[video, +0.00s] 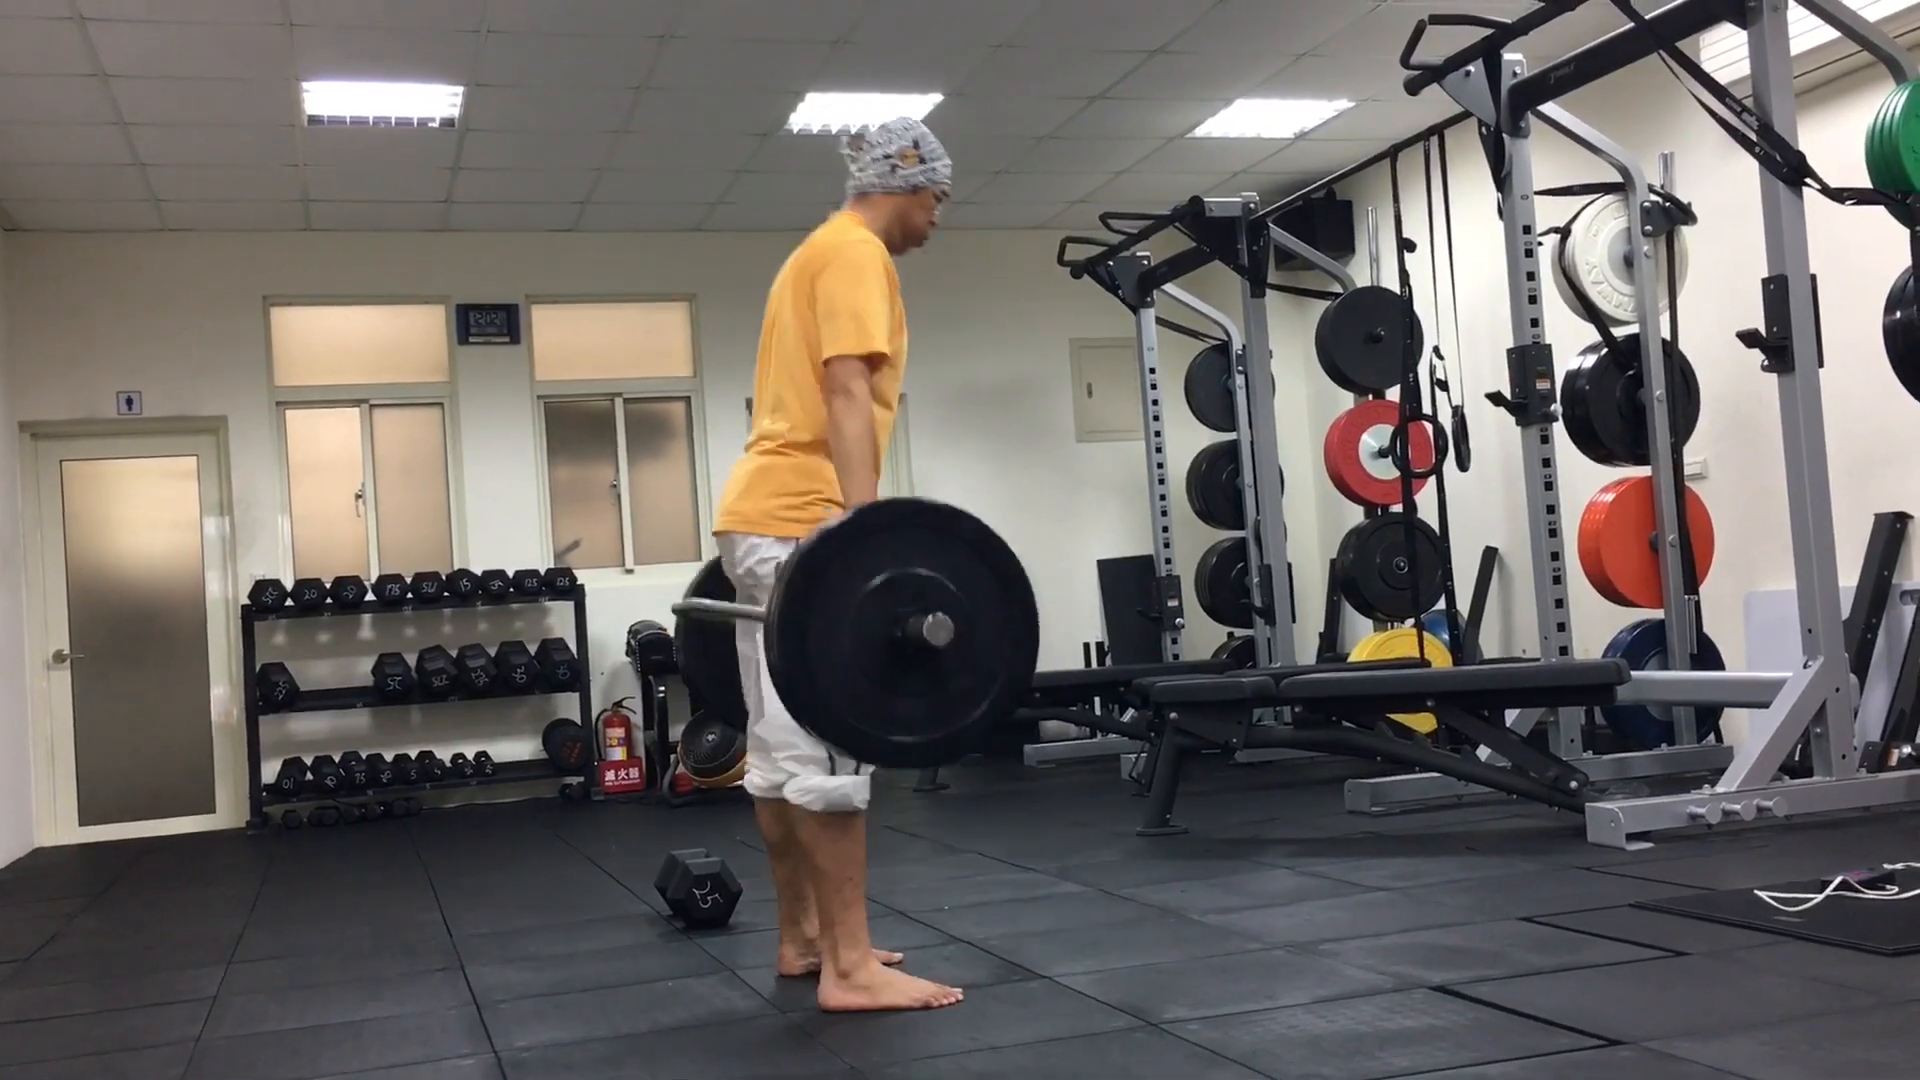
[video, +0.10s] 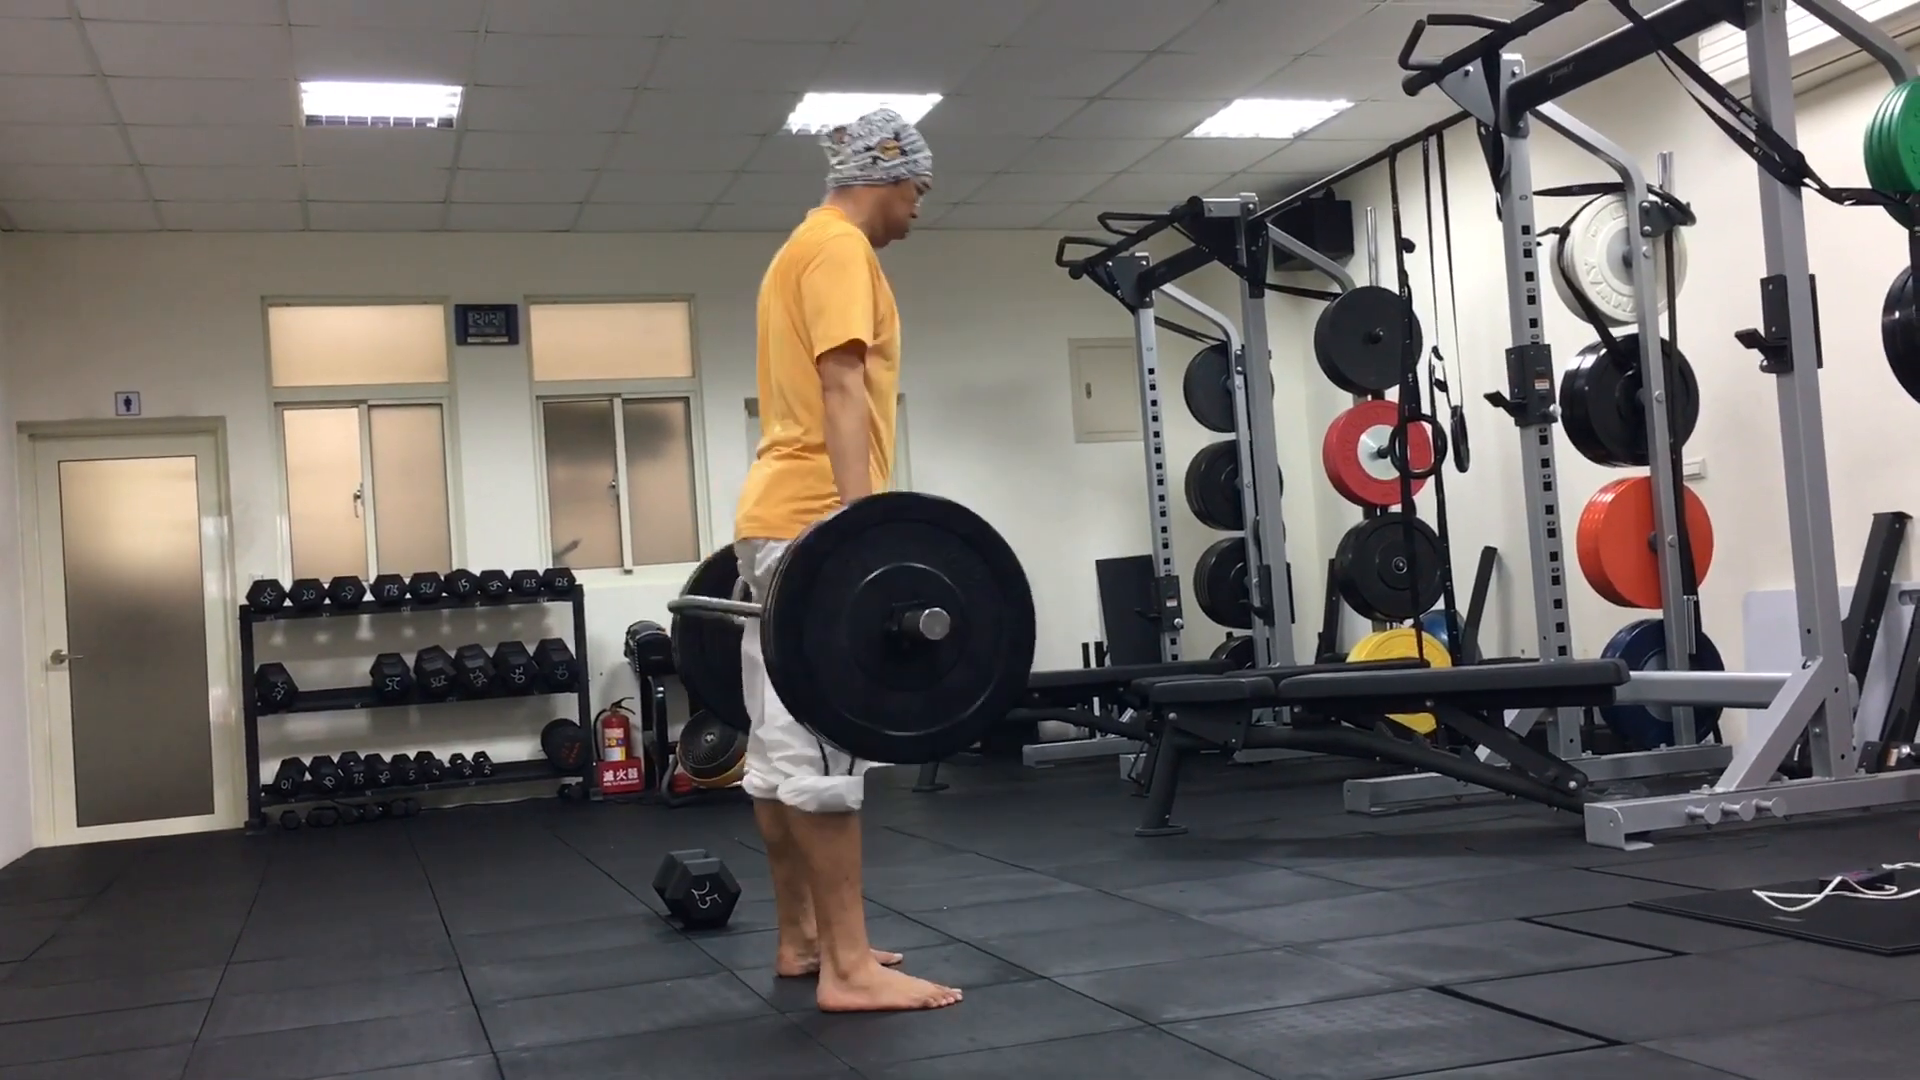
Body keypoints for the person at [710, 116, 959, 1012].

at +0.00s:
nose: (937, 220)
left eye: (940, 204)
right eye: (935, 202)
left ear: (869, 187)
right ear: (904, 190)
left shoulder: (818, 256)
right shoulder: (853, 254)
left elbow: (794, 401)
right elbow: (844, 391)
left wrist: (836, 531)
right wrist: (873, 536)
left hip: (758, 526)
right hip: (800, 528)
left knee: (781, 741)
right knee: (829, 742)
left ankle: (804, 936)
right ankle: (851, 964)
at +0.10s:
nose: (919, 212)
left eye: (921, 196)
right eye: (917, 194)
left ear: (854, 178)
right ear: (886, 180)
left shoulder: (804, 248)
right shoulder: (837, 248)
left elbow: (798, 400)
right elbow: (841, 387)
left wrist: (831, 526)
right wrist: (862, 524)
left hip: (773, 530)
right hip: (815, 532)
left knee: (779, 743)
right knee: (824, 744)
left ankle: (801, 938)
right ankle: (849, 965)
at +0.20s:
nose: (915, 206)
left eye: (916, 190)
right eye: (912, 189)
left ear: (850, 177)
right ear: (878, 178)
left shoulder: (798, 254)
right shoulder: (831, 252)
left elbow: (793, 411)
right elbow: (839, 396)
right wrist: (864, 534)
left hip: (777, 532)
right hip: (819, 533)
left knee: (781, 743)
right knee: (828, 744)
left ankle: (801, 937)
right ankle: (849, 966)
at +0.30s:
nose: (918, 208)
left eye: (919, 192)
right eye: (915, 191)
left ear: (853, 179)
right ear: (882, 181)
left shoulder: (800, 254)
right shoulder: (832, 253)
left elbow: (795, 408)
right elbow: (840, 398)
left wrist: (825, 532)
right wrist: (865, 535)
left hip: (775, 533)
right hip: (818, 534)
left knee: (785, 741)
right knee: (831, 742)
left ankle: (801, 937)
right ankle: (849, 966)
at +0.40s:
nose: (926, 218)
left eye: (928, 201)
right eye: (924, 200)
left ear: (859, 184)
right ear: (896, 187)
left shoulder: (805, 255)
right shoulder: (838, 256)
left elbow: (791, 411)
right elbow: (840, 397)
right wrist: (868, 538)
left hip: (762, 533)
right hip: (807, 533)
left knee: (787, 739)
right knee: (837, 740)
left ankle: (802, 933)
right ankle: (849, 965)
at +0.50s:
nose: (936, 235)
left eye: (939, 219)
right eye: (935, 217)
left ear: (870, 201)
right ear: (904, 204)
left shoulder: (814, 269)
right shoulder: (848, 270)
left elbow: (806, 426)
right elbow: (849, 414)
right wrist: (872, 557)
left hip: (744, 536)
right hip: (792, 536)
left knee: (796, 742)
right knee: (851, 738)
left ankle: (803, 934)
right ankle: (849, 963)